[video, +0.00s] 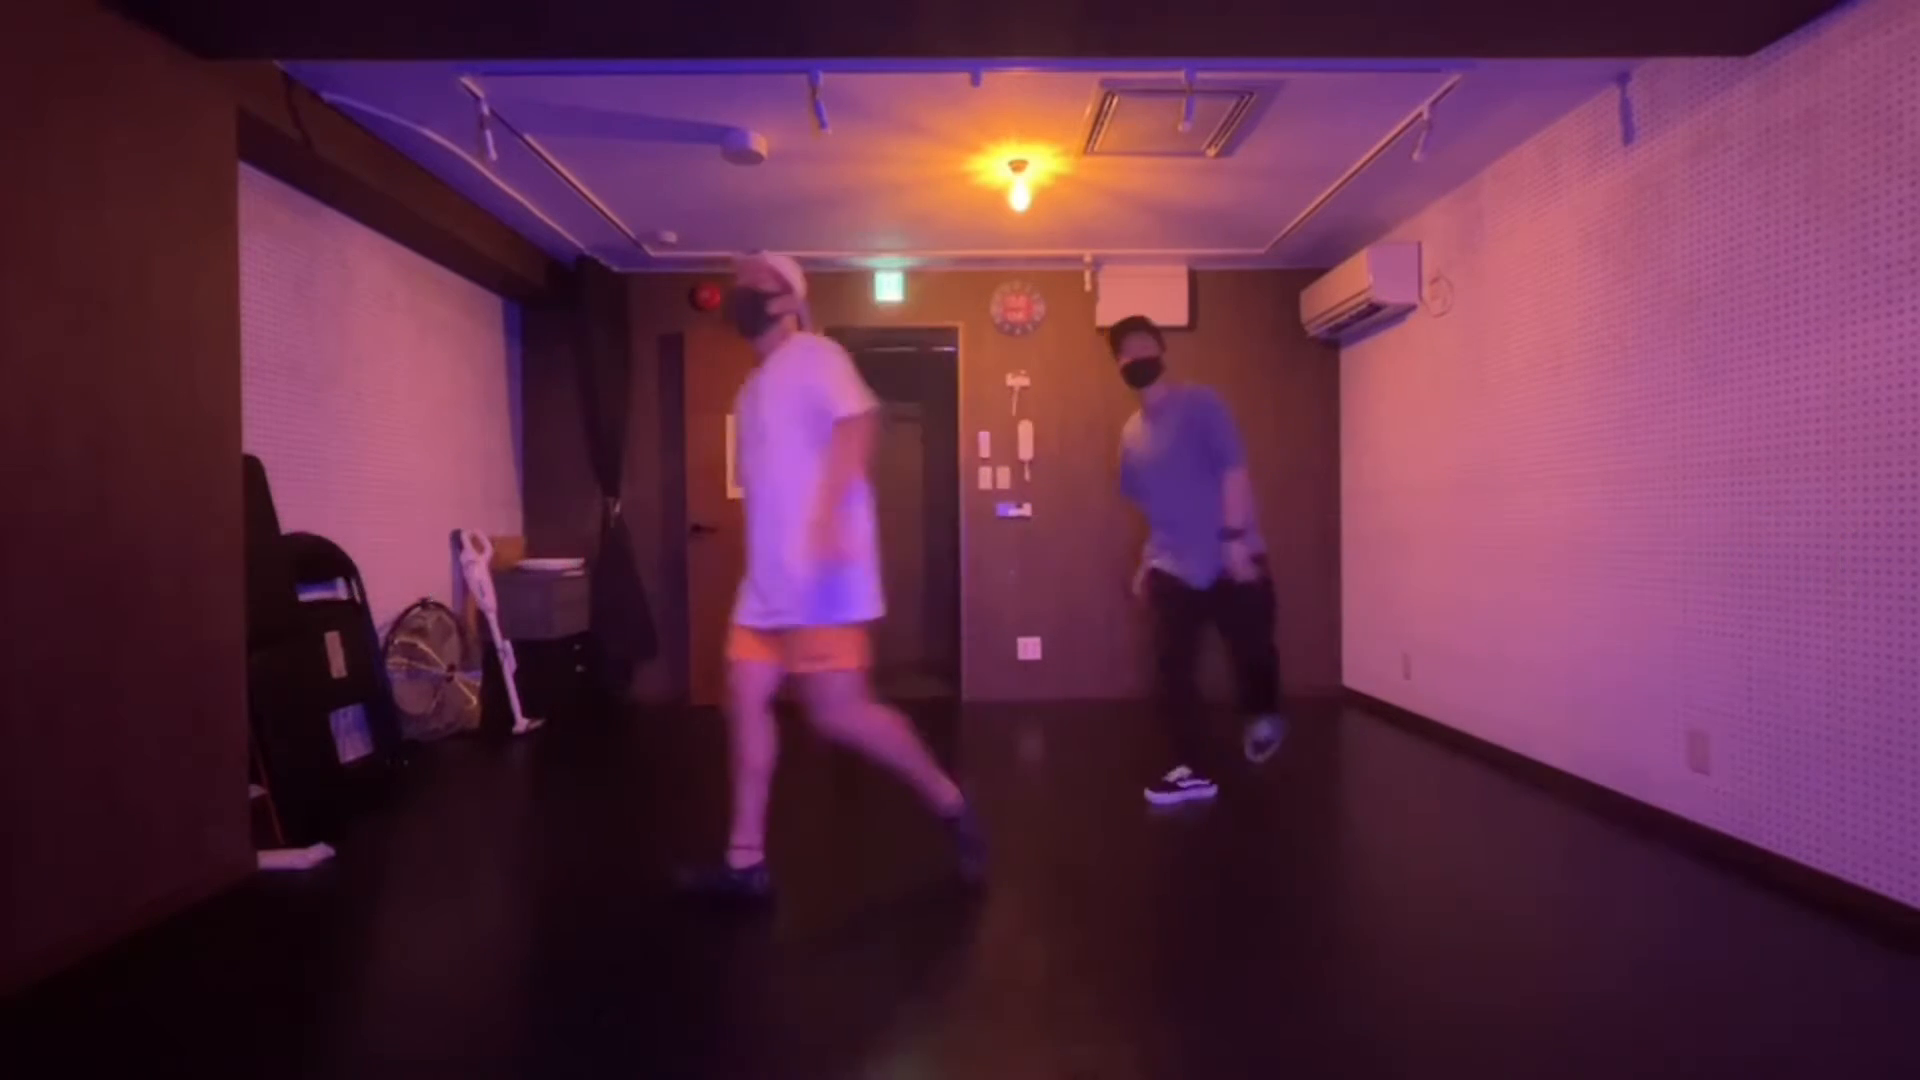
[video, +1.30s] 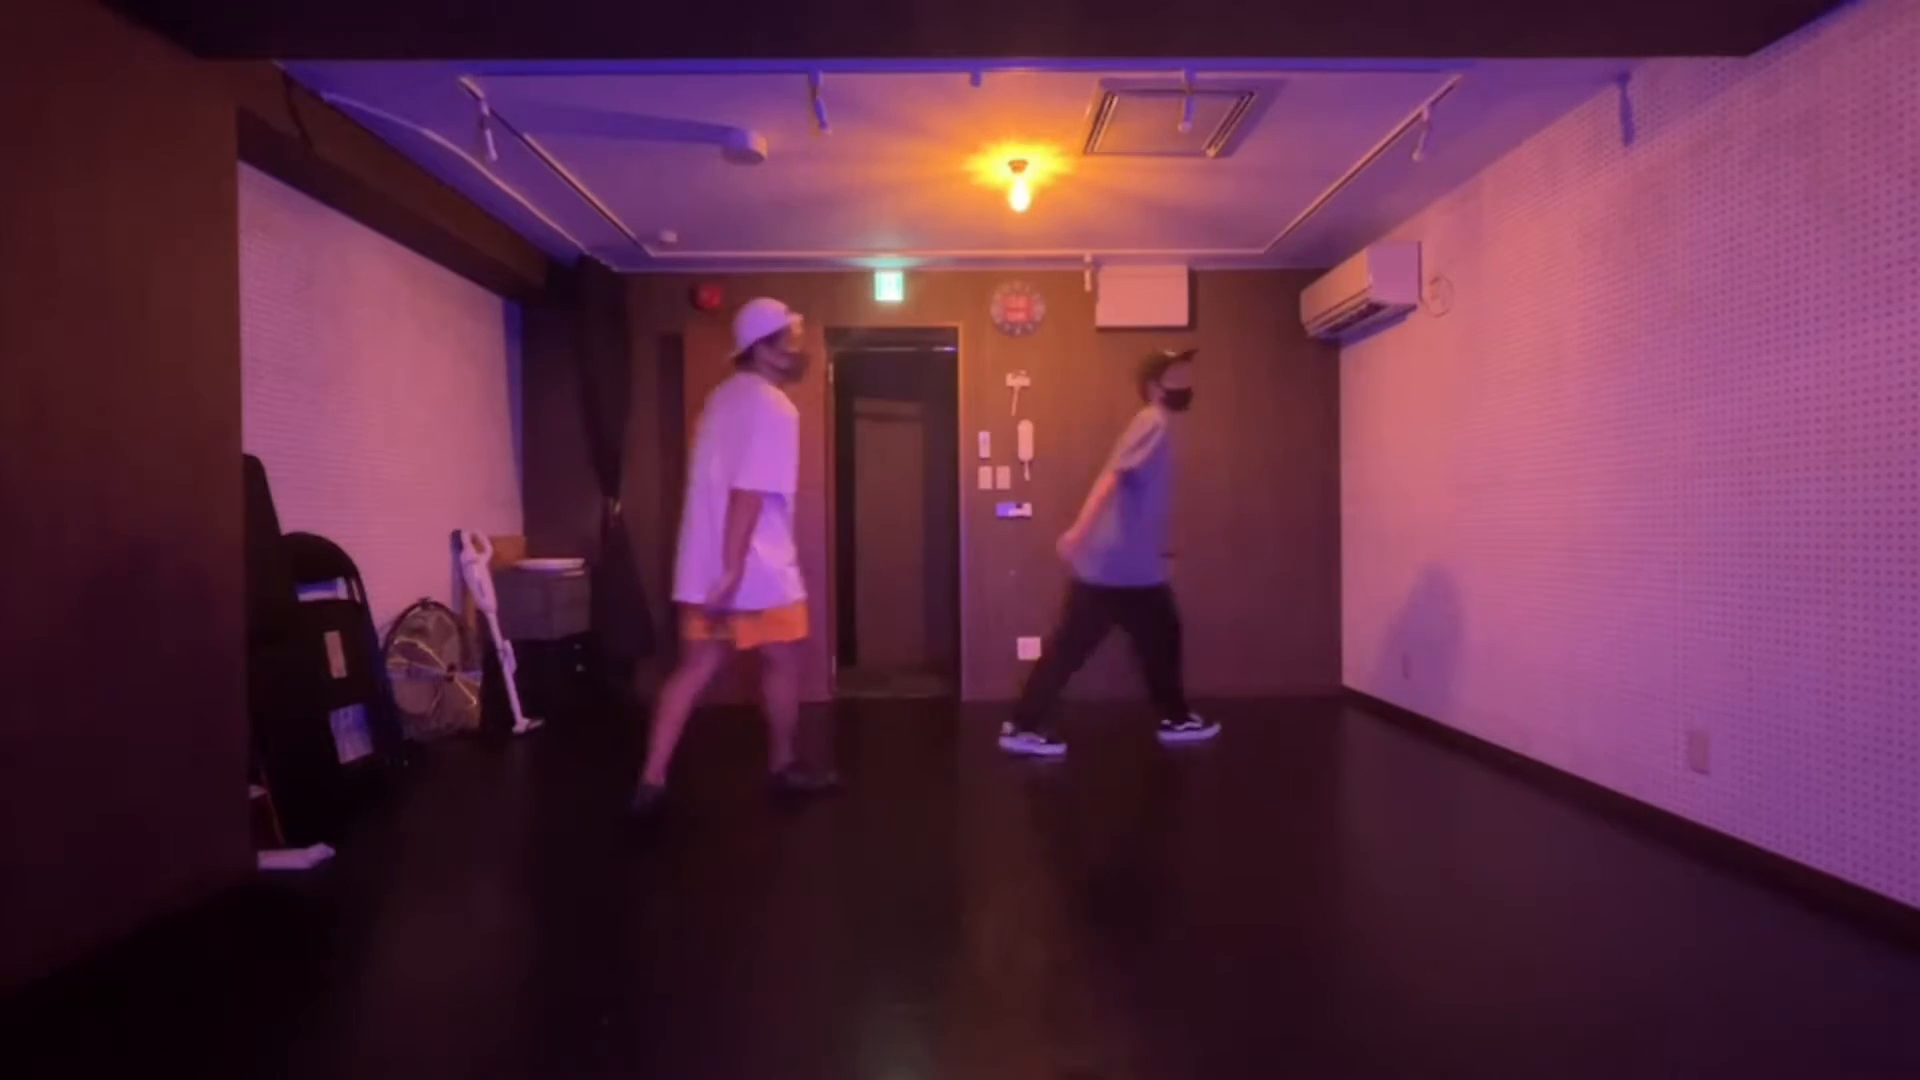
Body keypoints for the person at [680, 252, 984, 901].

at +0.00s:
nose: (740, 308)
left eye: (752, 295)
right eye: (738, 297)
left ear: (785, 300)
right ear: (748, 307)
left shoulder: (814, 355)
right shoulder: (755, 388)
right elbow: (761, 490)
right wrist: (766, 565)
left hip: (829, 573)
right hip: (772, 576)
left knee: (839, 709)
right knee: (747, 695)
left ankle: (953, 805)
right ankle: (746, 858)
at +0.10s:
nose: (712, 316)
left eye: (723, 302)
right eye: (710, 304)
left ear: (761, 303)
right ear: (755, 309)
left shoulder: (780, 367)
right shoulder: (761, 371)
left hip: (789, 580)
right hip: (752, 581)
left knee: (771, 712)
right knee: (733, 703)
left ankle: (912, 777)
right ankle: (742, 857)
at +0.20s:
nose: (698, 312)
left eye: (710, 302)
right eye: (698, 302)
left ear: (741, 309)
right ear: (747, 313)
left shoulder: (716, 370)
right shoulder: (774, 375)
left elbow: (703, 482)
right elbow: (780, 491)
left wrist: (674, 562)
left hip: (725, 573)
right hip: (777, 576)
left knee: (673, 705)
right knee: (729, 706)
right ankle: (739, 855)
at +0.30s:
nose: (681, 311)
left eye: (689, 300)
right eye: (685, 299)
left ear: (711, 306)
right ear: (743, 311)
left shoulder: (684, 369)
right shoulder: (787, 383)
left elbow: (653, 481)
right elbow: (802, 485)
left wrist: (637, 545)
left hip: (702, 564)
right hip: (776, 568)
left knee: (653, 690)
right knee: (737, 701)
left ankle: (714, 787)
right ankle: (741, 850)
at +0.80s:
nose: (722, 337)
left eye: (717, 327)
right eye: (718, 329)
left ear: (659, 338)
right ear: (706, 332)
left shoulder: (624, 399)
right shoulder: (741, 394)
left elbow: (598, 499)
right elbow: (772, 484)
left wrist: (601, 565)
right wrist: (787, 553)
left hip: (642, 571)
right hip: (717, 572)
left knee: (647, 681)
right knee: (720, 687)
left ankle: (644, 802)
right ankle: (671, 779)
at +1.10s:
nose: (753, 342)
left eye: (752, 332)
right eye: (748, 332)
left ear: (700, 335)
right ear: (727, 333)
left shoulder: (664, 393)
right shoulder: (739, 390)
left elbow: (644, 482)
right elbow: (737, 478)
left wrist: (658, 546)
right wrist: (743, 551)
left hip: (663, 561)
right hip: (724, 560)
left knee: (656, 673)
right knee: (755, 659)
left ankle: (643, 797)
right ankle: (748, 772)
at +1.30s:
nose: (800, 350)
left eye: (798, 340)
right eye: (791, 340)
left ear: (754, 348)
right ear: (765, 347)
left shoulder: (722, 398)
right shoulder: (772, 407)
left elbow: (707, 487)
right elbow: (746, 497)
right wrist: (731, 574)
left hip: (706, 565)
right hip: (759, 569)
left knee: (696, 666)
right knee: (782, 660)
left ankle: (652, 778)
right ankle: (783, 766)